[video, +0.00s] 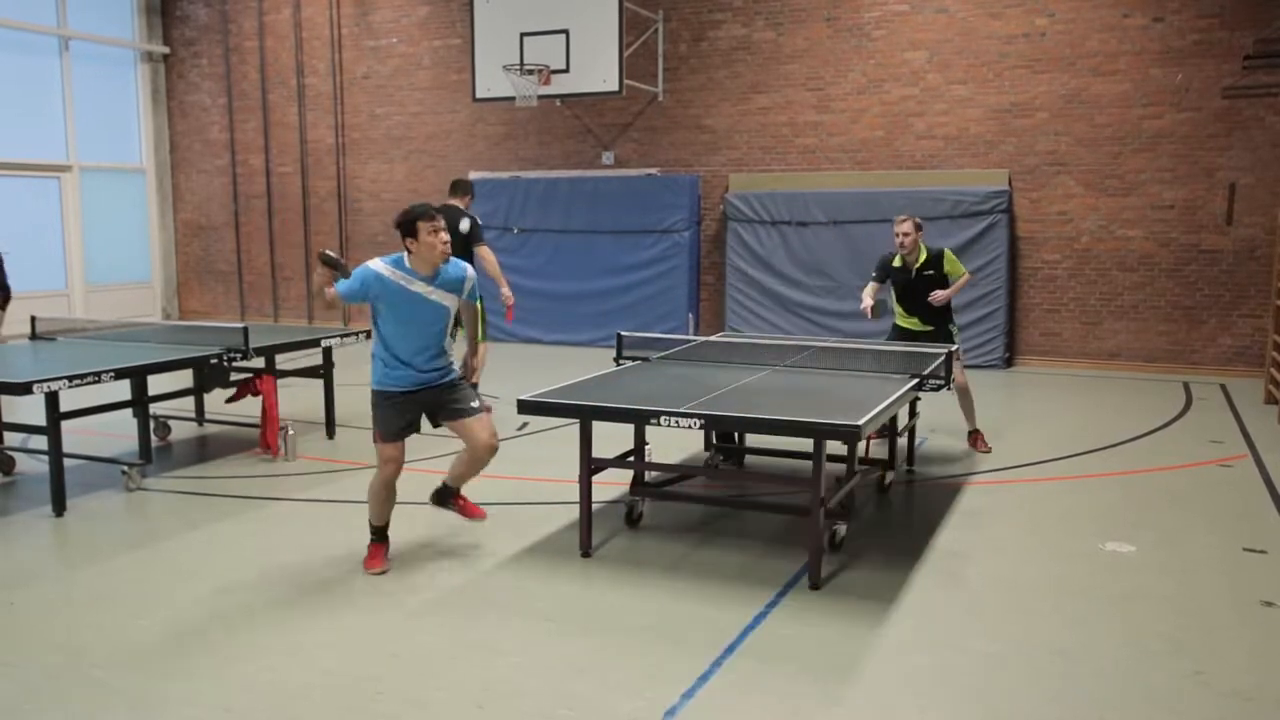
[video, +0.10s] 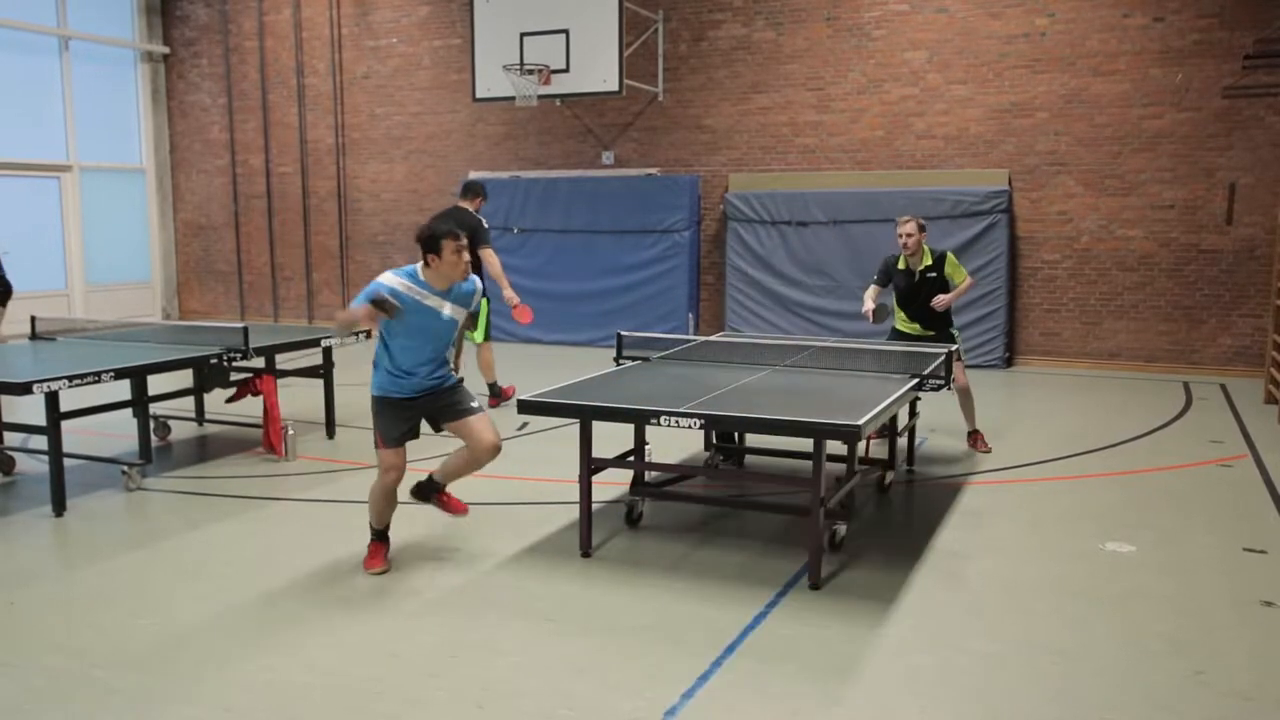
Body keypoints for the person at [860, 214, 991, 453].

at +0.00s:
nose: (901, 240)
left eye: (906, 235)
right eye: (897, 235)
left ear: (919, 236)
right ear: (893, 238)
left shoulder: (940, 256)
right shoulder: (889, 263)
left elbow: (965, 275)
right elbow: (871, 288)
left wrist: (949, 292)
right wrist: (867, 299)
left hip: (939, 329)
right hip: (904, 329)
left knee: (960, 382)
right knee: (885, 374)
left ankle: (974, 431)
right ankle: (887, 425)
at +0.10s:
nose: (904, 241)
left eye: (909, 235)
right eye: (900, 236)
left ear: (923, 236)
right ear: (897, 239)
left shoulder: (942, 259)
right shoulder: (892, 264)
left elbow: (968, 280)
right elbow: (873, 290)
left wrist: (951, 297)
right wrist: (869, 303)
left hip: (940, 333)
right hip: (904, 332)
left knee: (961, 384)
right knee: (884, 377)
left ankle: (973, 432)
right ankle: (887, 424)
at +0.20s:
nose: (906, 231)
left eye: (911, 225)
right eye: (902, 226)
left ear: (924, 226)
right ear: (898, 228)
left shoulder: (945, 249)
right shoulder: (893, 255)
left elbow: (967, 273)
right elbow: (875, 286)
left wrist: (952, 288)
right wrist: (871, 300)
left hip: (940, 326)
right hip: (904, 325)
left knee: (961, 380)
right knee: (881, 371)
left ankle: (974, 430)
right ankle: (885, 419)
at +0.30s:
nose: (905, 229)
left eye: (910, 224)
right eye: (901, 224)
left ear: (924, 224)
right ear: (898, 226)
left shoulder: (945, 245)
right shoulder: (893, 252)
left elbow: (968, 269)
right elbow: (874, 284)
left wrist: (954, 284)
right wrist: (871, 299)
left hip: (940, 323)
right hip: (904, 322)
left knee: (964, 377)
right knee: (877, 370)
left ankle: (976, 428)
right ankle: (872, 426)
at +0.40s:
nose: (906, 238)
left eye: (911, 232)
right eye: (902, 233)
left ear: (925, 232)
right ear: (899, 235)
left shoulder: (945, 254)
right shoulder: (893, 261)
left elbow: (971, 278)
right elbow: (872, 289)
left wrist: (954, 291)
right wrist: (869, 304)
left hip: (940, 331)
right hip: (902, 331)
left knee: (965, 385)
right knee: (876, 376)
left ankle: (971, 433)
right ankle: (872, 428)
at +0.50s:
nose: (907, 248)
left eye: (912, 242)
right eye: (903, 243)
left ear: (927, 240)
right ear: (901, 244)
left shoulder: (948, 262)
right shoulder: (896, 268)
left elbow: (978, 285)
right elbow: (874, 294)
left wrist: (959, 294)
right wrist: (864, 307)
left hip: (942, 338)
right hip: (904, 335)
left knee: (970, 390)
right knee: (873, 377)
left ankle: (972, 434)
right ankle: (864, 432)